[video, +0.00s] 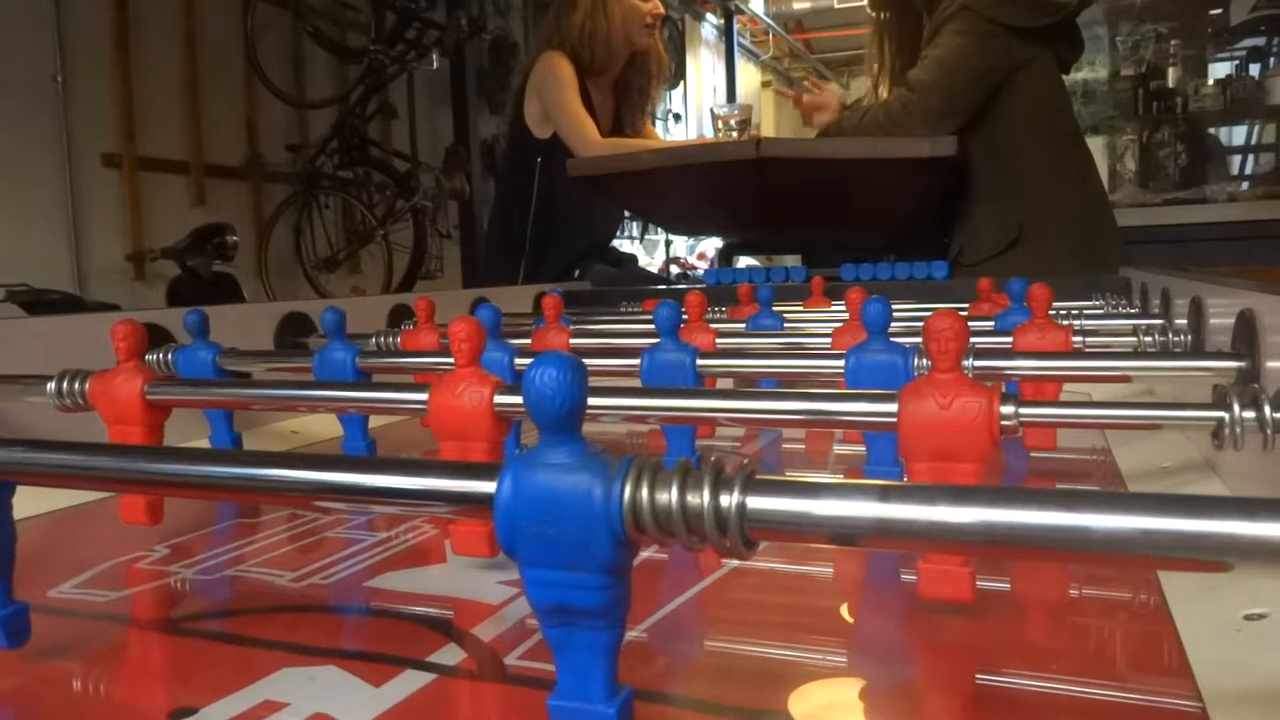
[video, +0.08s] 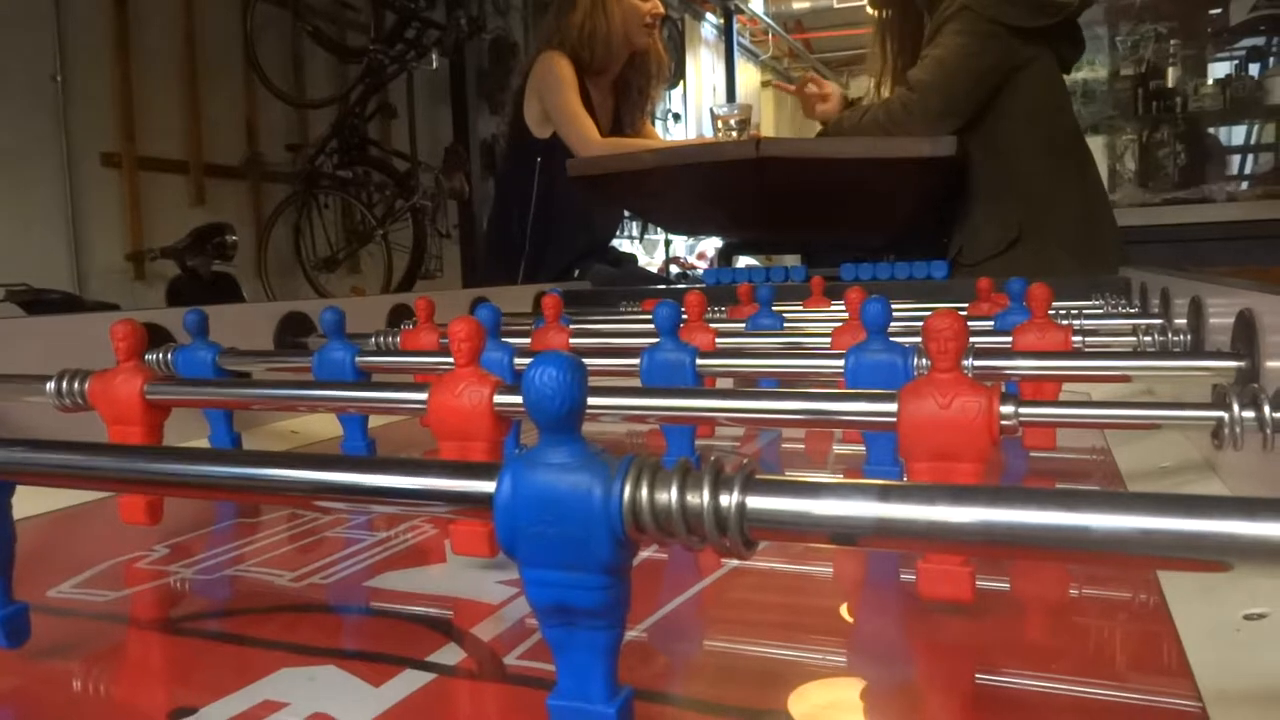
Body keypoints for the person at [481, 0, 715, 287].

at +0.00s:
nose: (659, 10)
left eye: (657, 1)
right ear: (603, 8)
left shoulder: (620, 89)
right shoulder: (553, 67)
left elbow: (658, 155)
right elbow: (591, 149)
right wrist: (686, 151)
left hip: (586, 257)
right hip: (531, 266)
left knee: (681, 299)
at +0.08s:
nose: (659, 10)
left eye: (657, 1)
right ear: (603, 8)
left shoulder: (620, 89)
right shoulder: (553, 66)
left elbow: (658, 155)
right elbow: (591, 149)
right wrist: (686, 150)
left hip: (585, 257)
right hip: (529, 266)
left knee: (679, 297)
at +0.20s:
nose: (658, 9)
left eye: (656, 0)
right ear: (603, 5)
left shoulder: (621, 88)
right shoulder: (553, 65)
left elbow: (657, 155)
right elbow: (590, 148)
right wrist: (684, 150)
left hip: (585, 256)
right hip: (528, 265)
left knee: (678, 297)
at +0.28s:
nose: (658, 8)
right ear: (603, 5)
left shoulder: (621, 87)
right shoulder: (552, 65)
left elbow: (657, 154)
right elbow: (590, 148)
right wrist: (684, 150)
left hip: (585, 255)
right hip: (528, 264)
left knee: (678, 297)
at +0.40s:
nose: (658, 8)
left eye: (656, 1)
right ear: (604, 5)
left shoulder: (621, 86)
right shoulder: (552, 65)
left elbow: (656, 153)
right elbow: (589, 147)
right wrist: (683, 150)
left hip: (585, 255)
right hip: (528, 264)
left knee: (675, 297)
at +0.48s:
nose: (657, 8)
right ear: (602, 5)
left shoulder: (621, 86)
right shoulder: (552, 64)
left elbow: (654, 153)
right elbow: (589, 147)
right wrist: (683, 149)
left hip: (584, 255)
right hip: (527, 263)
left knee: (674, 296)